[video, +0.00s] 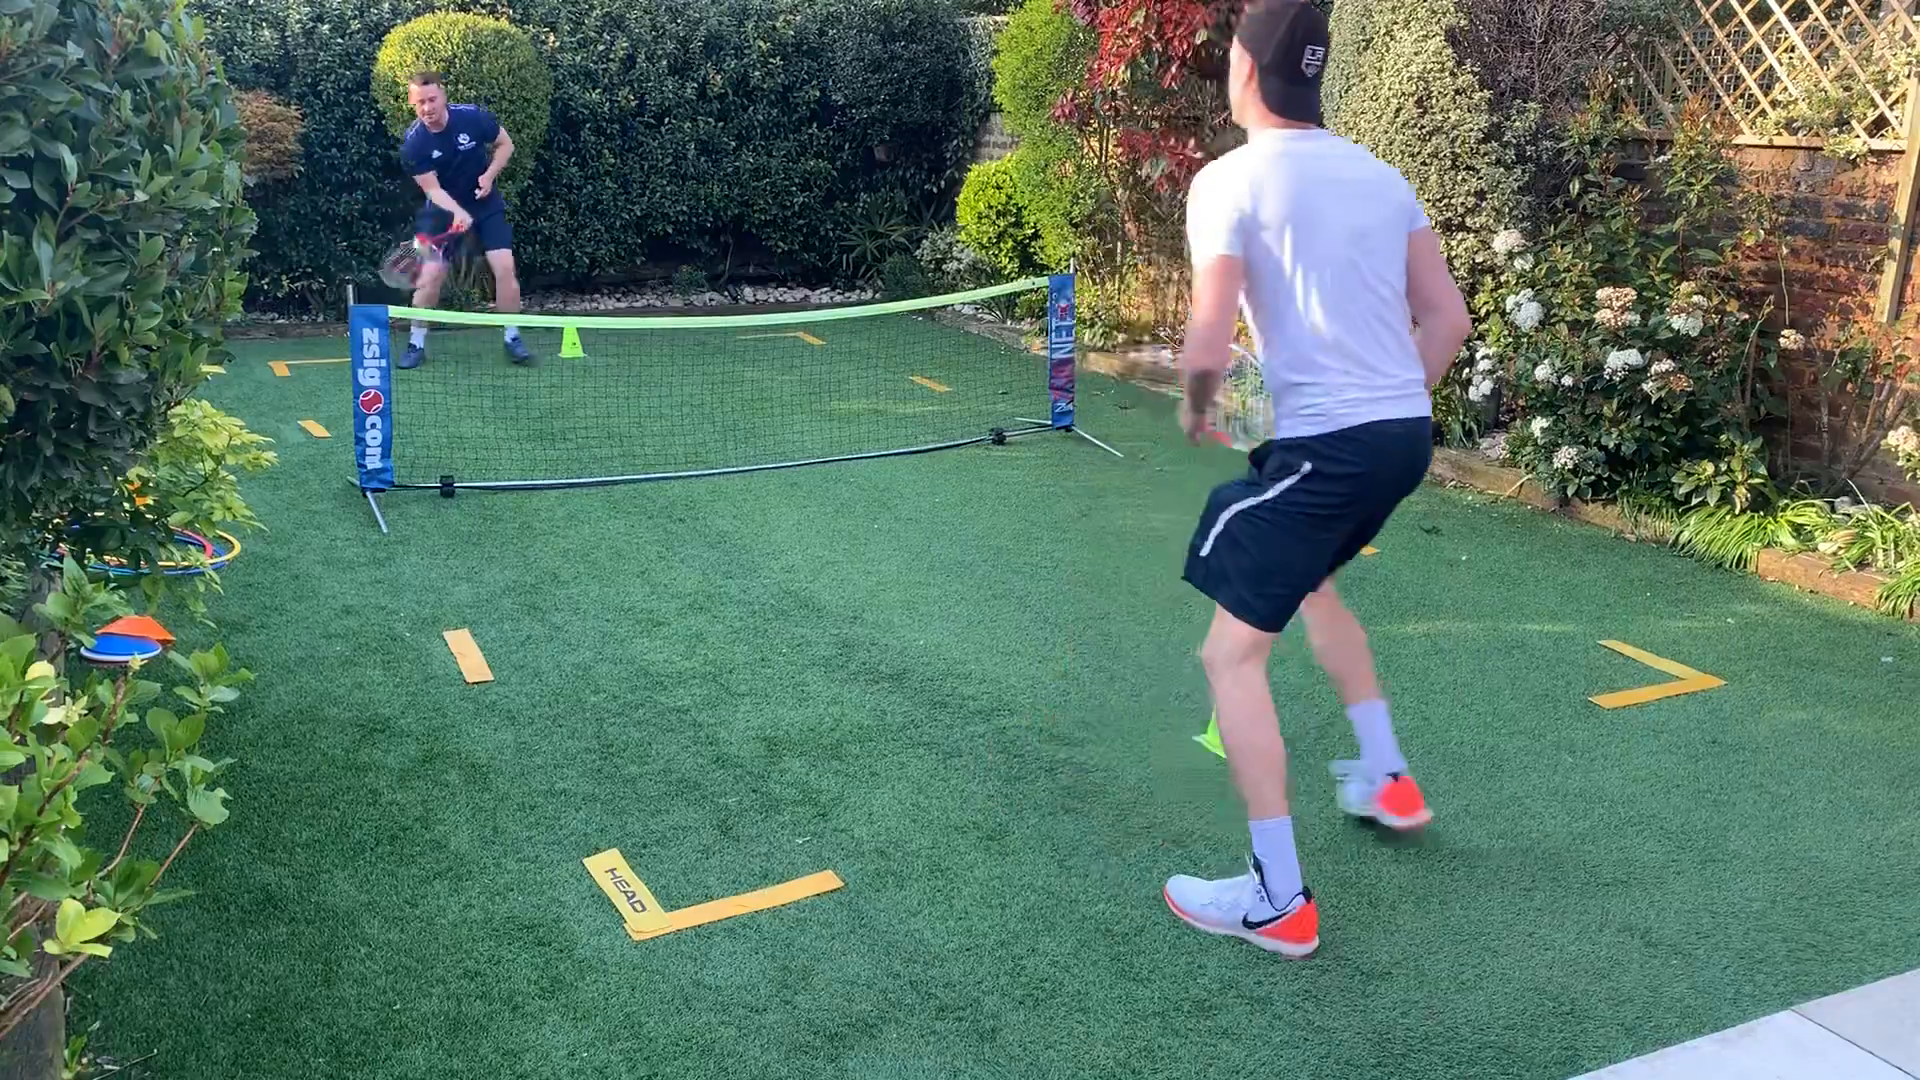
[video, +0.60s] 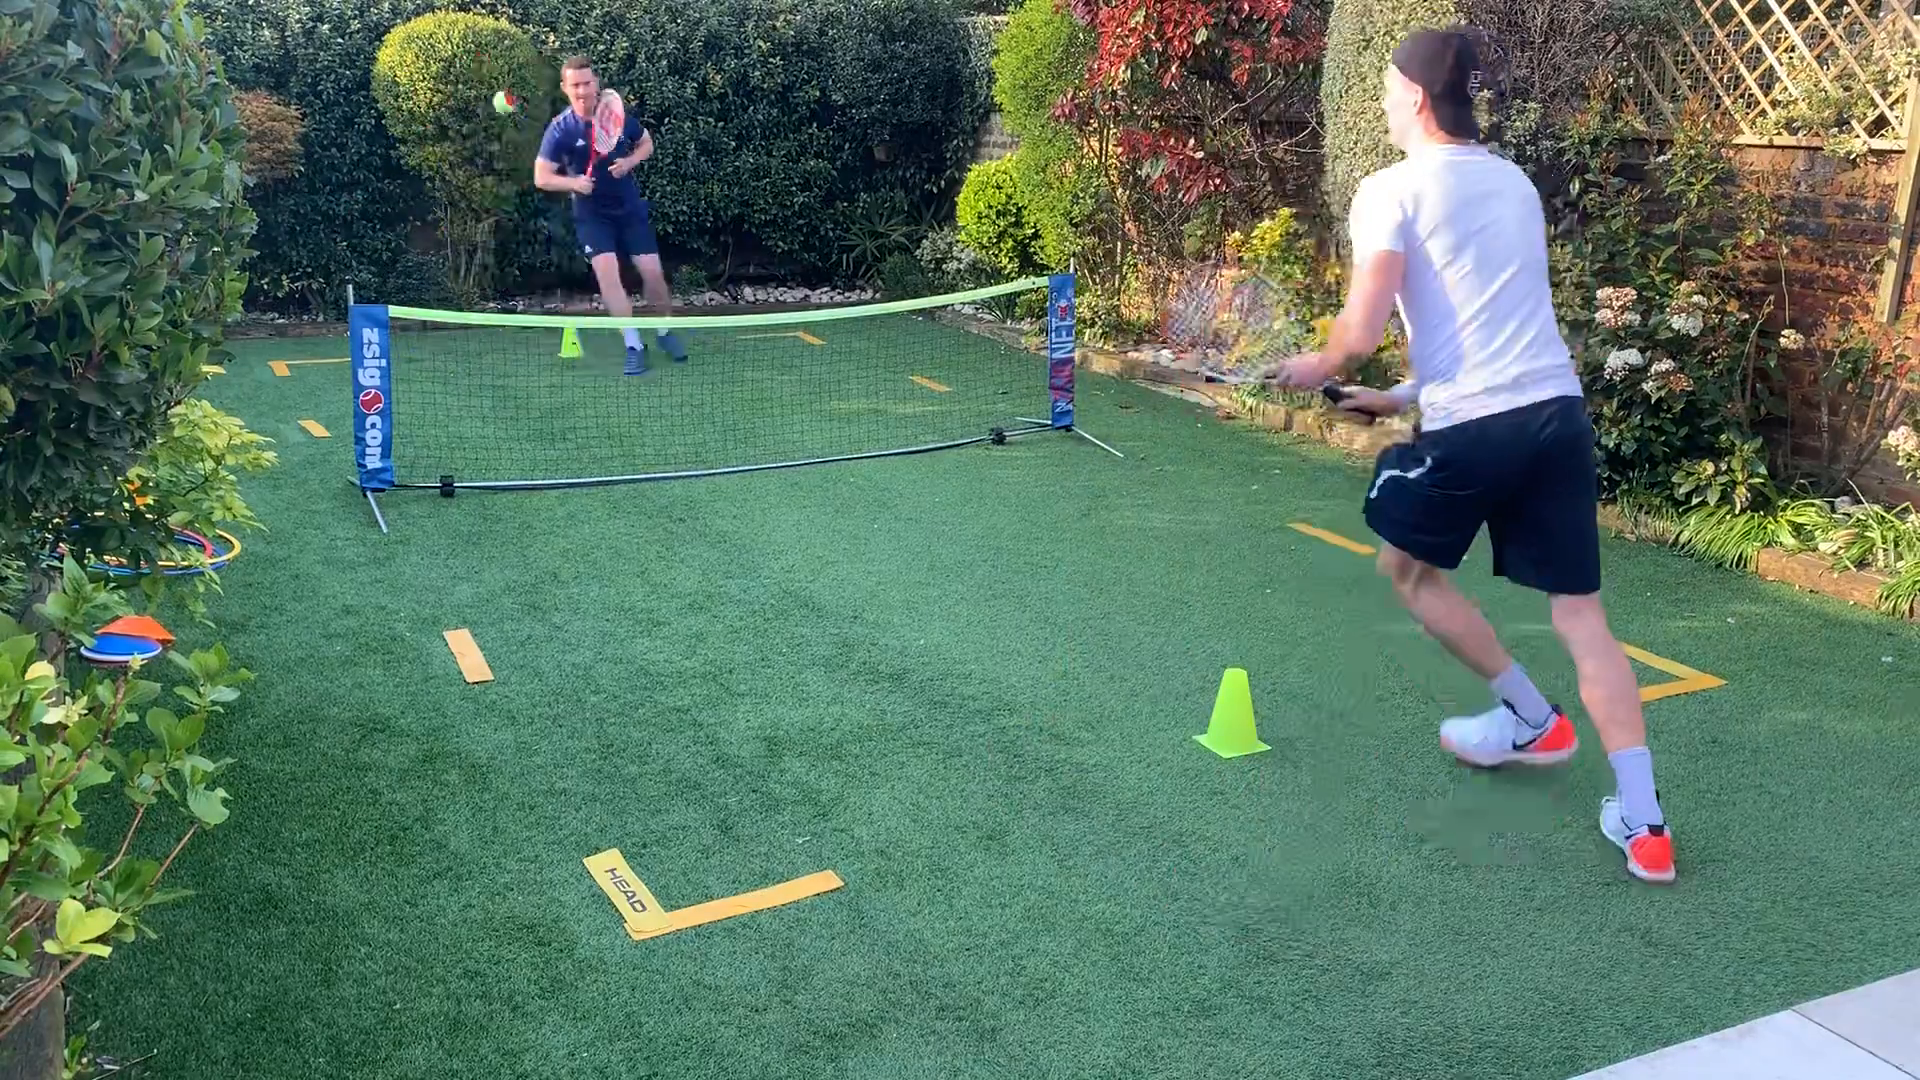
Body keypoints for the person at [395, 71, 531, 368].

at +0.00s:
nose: (427, 108)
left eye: (432, 99)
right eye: (420, 103)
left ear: (444, 97)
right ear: (413, 106)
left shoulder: (474, 118)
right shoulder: (413, 145)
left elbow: (505, 144)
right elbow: (432, 189)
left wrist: (491, 173)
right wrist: (458, 211)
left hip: (484, 203)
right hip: (441, 207)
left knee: (505, 268)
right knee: (431, 273)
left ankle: (512, 337)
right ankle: (416, 344)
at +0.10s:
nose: (452, 105)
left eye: (457, 98)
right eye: (445, 100)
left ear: (468, 98)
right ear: (435, 104)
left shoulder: (488, 124)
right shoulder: (434, 141)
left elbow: (523, 150)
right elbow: (447, 190)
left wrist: (510, 177)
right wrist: (467, 200)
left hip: (498, 207)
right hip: (458, 213)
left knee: (525, 268)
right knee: (439, 276)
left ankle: (551, 342)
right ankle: (416, 344)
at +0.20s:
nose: (484, 106)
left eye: (489, 98)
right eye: (477, 100)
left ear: (498, 100)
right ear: (465, 104)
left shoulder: (520, 131)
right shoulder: (460, 145)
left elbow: (550, 160)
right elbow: (464, 197)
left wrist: (539, 185)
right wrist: (489, 199)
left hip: (519, 217)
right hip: (476, 224)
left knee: (550, 273)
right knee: (449, 288)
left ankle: (575, 343)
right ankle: (418, 342)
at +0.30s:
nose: (513, 102)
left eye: (518, 95)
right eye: (506, 97)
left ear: (530, 96)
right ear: (497, 102)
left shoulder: (554, 129)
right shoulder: (493, 142)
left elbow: (585, 156)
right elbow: (484, 195)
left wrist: (571, 178)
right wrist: (510, 197)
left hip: (554, 223)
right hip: (511, 225)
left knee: (570, 280)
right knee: (475, 286)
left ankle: (578, 348)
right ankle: (433, 342)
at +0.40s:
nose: (537, 91)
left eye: (542, 84)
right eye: (530, 85)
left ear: (554, 86)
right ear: (521, 91)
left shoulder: (579, 116)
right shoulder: (516, 131)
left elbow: (608, 140)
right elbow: (504, 181)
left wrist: (594, 162)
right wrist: (530, 184)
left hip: (580, 212)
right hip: (537, 214)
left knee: (584, 277)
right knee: (518, 277)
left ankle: (583, 348)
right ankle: (503, 347)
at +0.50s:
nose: (559, 82)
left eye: (564, 75)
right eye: (552, 77)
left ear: (574, 73)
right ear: (541, 79)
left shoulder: (600, 105)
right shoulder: (537, 119)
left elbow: (625, 134)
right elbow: (521, 170)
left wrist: (609, 155)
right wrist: (551, 175)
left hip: (605, 199)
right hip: (565, 203)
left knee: (612, 268)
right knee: (569, 269)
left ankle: (613, 340)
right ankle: (580, 342)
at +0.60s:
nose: (581, 91)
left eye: (586, 83)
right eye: (575, 85)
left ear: (596, 84)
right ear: (565, 89)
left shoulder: (616, 117)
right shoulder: (560, 128)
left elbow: (647, 143)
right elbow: (542, 177)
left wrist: (630, 162)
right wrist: (573, 183)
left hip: (629, 207)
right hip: (592, 212)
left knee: (652, 270)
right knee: (608, 275)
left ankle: (664, 331)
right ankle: (633, 344)